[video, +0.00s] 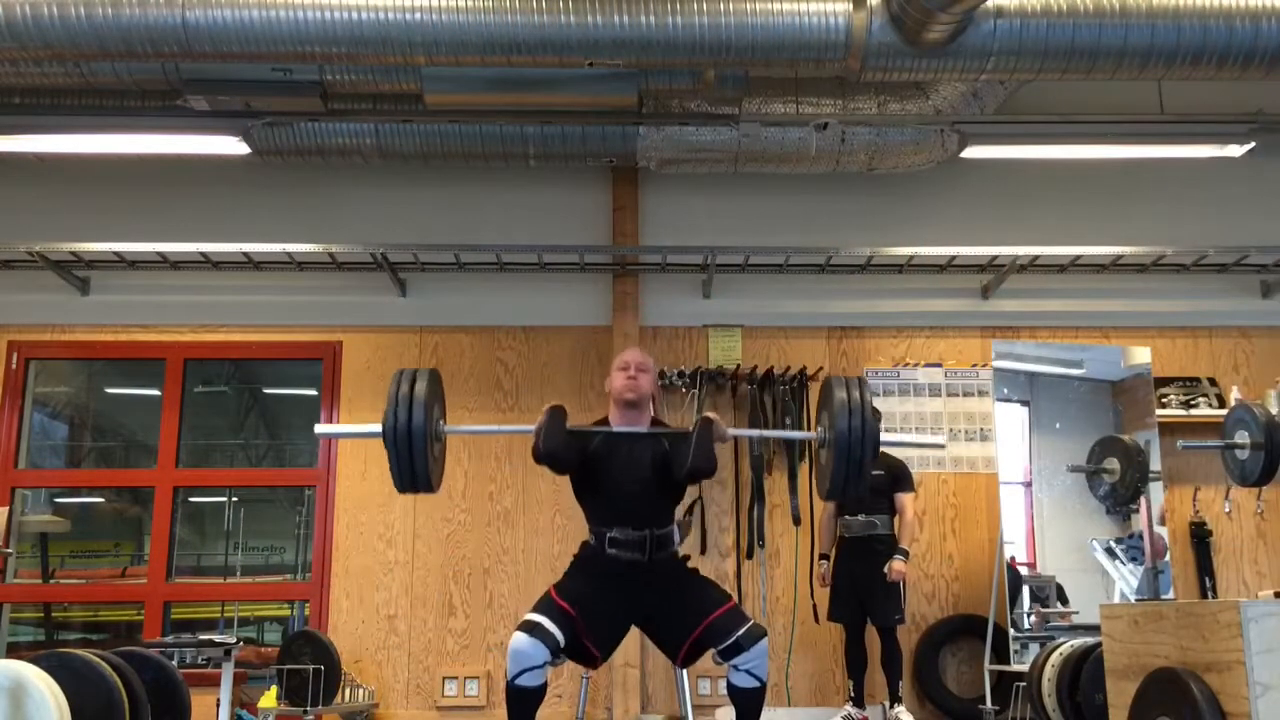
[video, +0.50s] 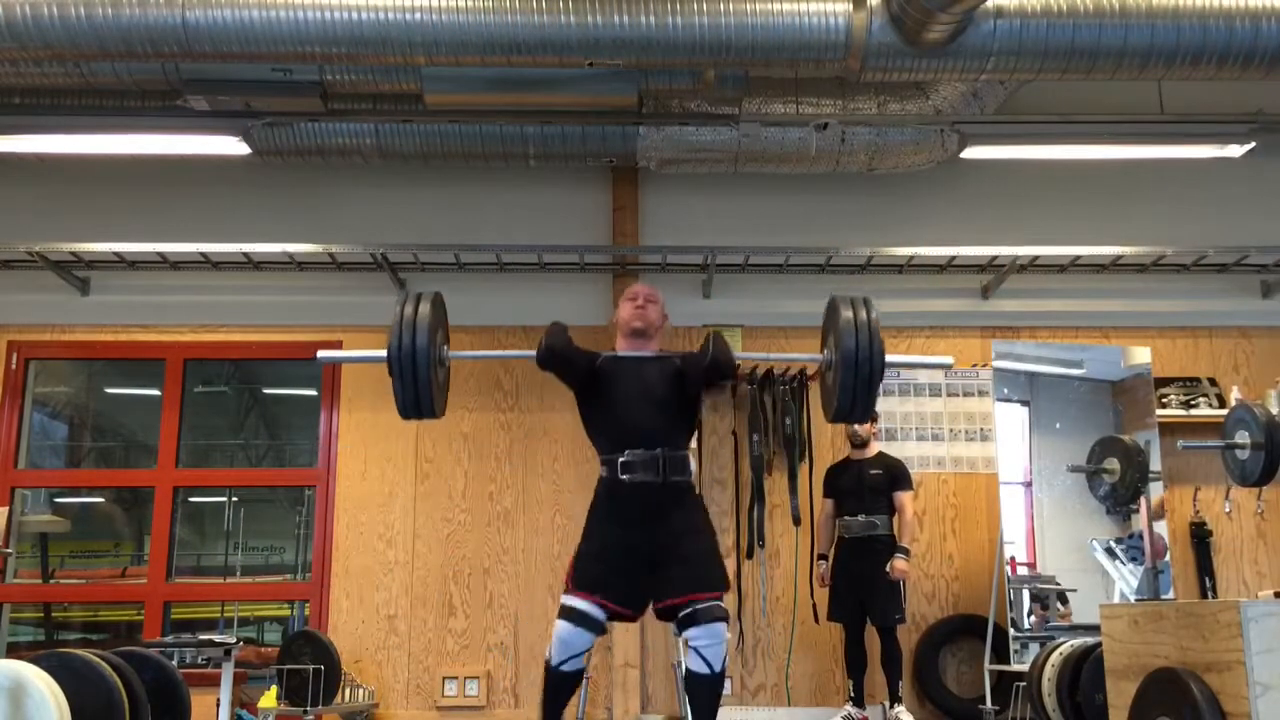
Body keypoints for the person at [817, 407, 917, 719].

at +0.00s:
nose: (862, 430)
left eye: (867, 423)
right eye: (856, 424)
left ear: (876, 426)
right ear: (847, 428)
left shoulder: (894, 468)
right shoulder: (841, 467)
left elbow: (907, 515)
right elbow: (829, 514)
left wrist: (901, 555)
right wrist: (824, 557)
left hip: (882, 558)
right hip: (848, 557)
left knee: (886, 632)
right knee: (853, 632)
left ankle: (896, 704)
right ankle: (856, 705)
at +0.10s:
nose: (852, 432)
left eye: (856, 426)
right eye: (848, 426)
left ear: (868, 426)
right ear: (843, 429)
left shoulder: (894, 467)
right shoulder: (838, 469)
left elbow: (907, 513)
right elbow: (829, 515)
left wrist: (903, 555)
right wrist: (824, 557)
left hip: (882, 558)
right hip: (848, 558)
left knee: (887, 632)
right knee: (853, 632)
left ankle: (896, 704)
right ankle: (856, 705)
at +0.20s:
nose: (858, 429)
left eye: (863, 423)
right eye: (855, 423)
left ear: (875, 427)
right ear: (847, 427)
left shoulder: (894, 468)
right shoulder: (838, 470)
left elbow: (906, 513)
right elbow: (828, 515)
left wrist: (905, 554)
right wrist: (823, 558)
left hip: (882, 558)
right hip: (848, 558)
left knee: (887, 632)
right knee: (852, 632)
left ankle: (895, 704)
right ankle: (856, 705)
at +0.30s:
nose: (856, 428)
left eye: (862, 422)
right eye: (854, 422)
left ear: (874, 427)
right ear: (846, 427)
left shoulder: (894, 468)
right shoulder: (836, 471)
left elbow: (906, 513)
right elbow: (828, 516)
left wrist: (905, 554)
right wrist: (823, 557)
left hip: (882, 559)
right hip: (847, 560)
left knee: (887, 632)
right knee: (852, 633)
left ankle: (895, 704)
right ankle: (856, 704)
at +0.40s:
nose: (855, 429)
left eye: (861, 423)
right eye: (852, 424)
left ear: (874, 428)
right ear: (845, 430)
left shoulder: (893, 467)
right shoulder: (836, 471)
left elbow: (906, 512)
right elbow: (827, 516)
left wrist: (904, 553)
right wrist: (822, 557)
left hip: (883, 559)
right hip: (847, 559)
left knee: (887, 631)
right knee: (852, 632)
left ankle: (895, 704)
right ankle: (856, 705)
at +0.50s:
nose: (855, 428)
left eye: (862, 423)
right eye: (850, 423)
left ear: (875, 427)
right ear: (844, 429)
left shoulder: (893, 468)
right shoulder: (835, 471)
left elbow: (906, 512)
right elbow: (826, 516)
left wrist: (902, 553)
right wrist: (822, 557)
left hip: (882, 557)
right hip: (847, 558)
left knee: (887, 631)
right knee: (852, 632)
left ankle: (896, 704)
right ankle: (856, 705)